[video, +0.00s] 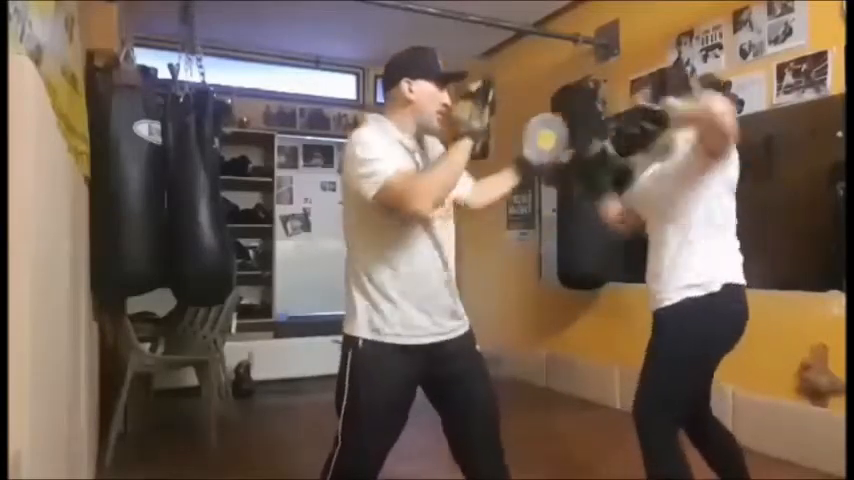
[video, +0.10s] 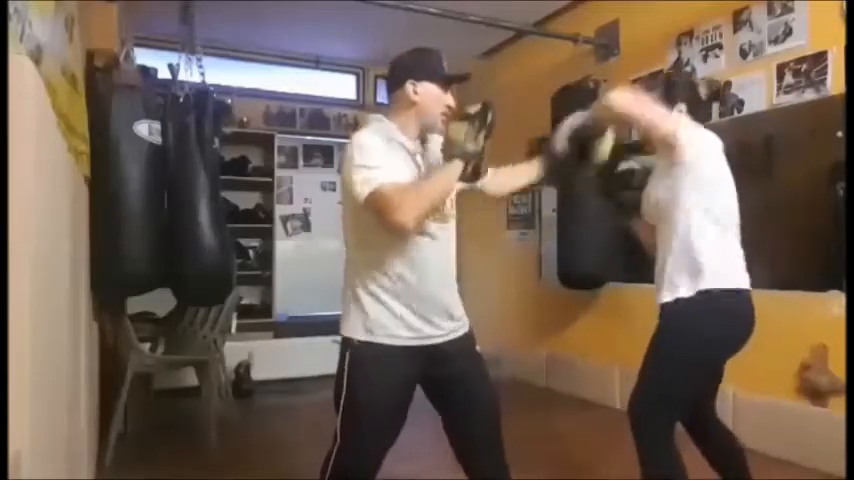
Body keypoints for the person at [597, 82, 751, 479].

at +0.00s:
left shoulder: (708, 152)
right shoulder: (653, 175)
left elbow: (719, 117)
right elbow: (627, 221)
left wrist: (668, 111)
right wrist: (602, 188)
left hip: (707, 302)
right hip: (677, 307)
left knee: (652, 414)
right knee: (694, 414)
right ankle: (737, 473)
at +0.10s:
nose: (639, 120)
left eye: (645, 106)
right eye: (639, 106)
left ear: (673, 107)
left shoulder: (695, 139)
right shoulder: (666, 170)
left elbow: (620, 98)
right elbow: (665, 248)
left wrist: (587, 121)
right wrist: (626, 213)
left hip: (705, 305)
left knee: (648, 413)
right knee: (697, 413)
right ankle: (740, 474)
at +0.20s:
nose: (642, 126)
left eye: (650, 115)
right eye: (641, 117)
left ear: (683, 113)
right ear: (679, 116)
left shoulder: (686, 147)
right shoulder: (701, 151)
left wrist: (583, 142)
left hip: (700, 311)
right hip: (723, 309)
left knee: (645, 414)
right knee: (699, 414)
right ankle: (741, 475)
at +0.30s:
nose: (644, 121)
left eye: (651, 109)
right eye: (642, 112)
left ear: (685, 107)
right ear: (683, 110)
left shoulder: (693, 151)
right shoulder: (708, 148)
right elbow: (666, 217)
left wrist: (623, 173)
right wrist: (628, 180)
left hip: (697, 309)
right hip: (721, 306)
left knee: (651, 415)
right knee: (703, 411)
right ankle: (743, 475)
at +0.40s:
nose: (645, 121)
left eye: (653, 109)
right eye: (641, 111)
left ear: (686, 105)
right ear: (640, 110)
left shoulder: (719, 156)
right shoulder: (655, 152)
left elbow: (685, 237)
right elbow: (592, 164)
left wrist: (663, 178)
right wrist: (573, 118)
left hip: (716, 304)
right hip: (682, 306)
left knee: (662, 417)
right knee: (704, 415)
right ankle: (743, 475)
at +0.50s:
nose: (635, 139)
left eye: (642, 128)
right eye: (632, 130)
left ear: (676, 121)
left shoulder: (717, 167)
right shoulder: (652, 169)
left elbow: (692, 255)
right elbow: (598, 215)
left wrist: (660, 200)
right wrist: (580, 162)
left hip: (726, 312)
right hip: (679, 316)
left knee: (663, 416)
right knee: (688, 421)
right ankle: (731, 471)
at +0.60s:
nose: (613, 187)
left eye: (620, 175)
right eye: (611, 178)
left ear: (655, 166)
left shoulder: (702, 200)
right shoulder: (647, 206)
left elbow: (686, 290)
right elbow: (621, 278)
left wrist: (653, 250)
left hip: (741, 329)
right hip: (694, 329)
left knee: (659, 421)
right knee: (660, 419)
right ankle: (713, 470)